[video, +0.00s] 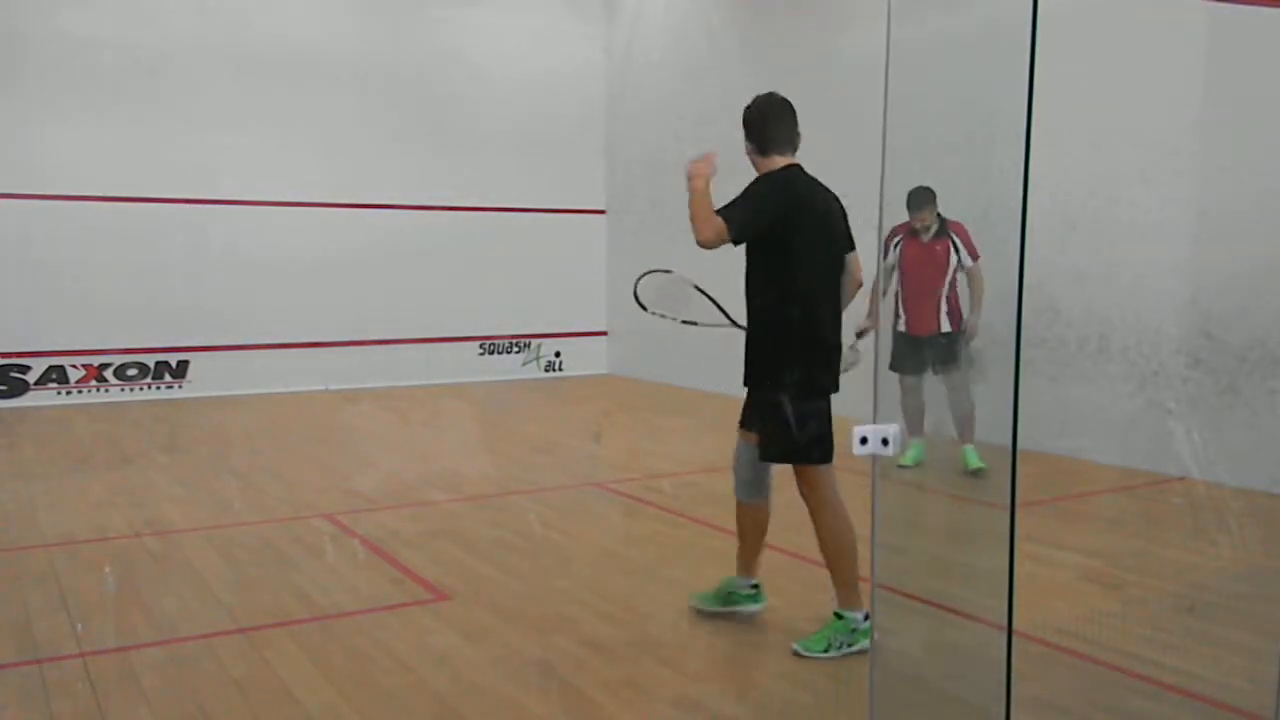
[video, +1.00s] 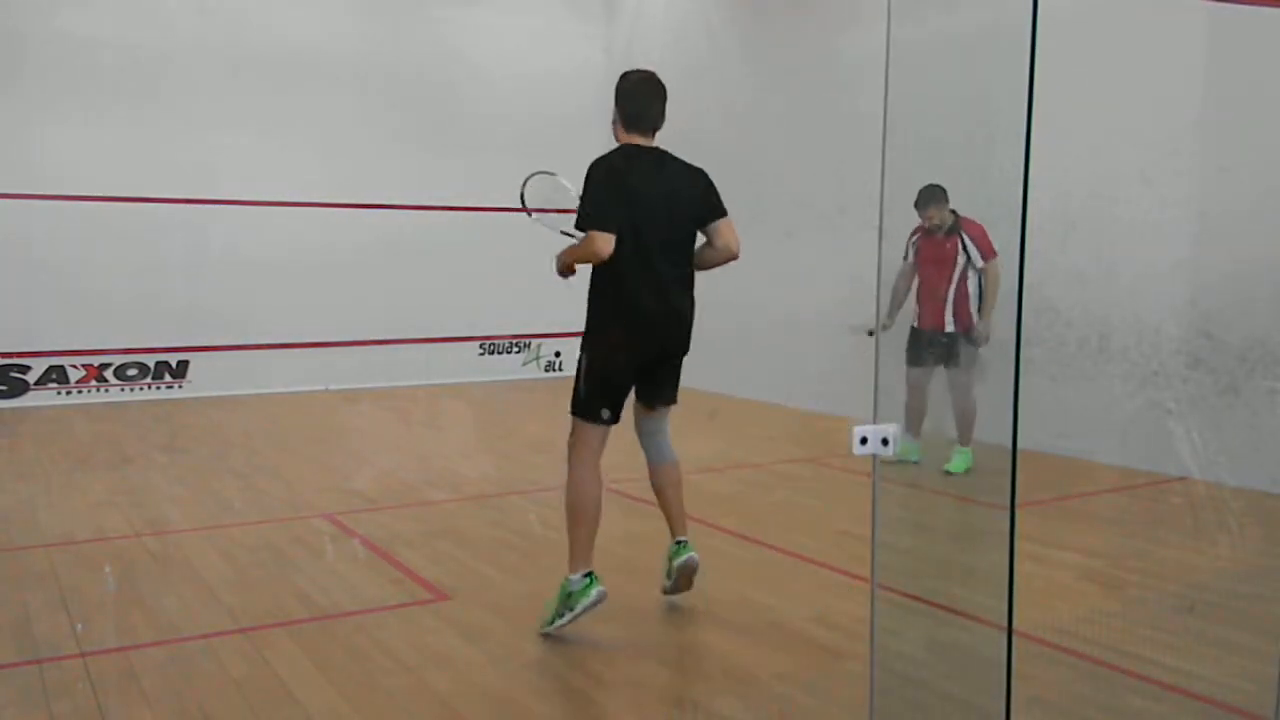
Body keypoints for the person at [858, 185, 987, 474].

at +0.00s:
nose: (919, 226)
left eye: (924, 221)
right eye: (914, 221)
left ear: (936, 211)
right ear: (908, 215)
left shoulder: (954, 233)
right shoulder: (897, 237)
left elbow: (975, 276)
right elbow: (882, 277)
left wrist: (974, 318)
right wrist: (872, 316)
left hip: (946, 329)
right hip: (908, 329)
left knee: (956, 385)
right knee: (909, 386)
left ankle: (968, 446)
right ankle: (914, 443)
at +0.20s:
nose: (923, 218)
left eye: (928, 212)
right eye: (918, 212)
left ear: (941, 203)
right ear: (911, 207)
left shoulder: (963, 225)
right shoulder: (904, 228)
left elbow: (978, 268)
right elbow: (893, 267)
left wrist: (970, 309)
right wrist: (881, 302)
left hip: (950, 317)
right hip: (912, 316)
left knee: (955, 379)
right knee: (901, 372)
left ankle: (954, 443)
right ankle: (903, 437)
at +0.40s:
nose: (925, 223)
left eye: (929, 218)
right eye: (920, 218)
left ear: (942, 208)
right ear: (915, 214)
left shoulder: (964, 230)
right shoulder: (913, 234)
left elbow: (981, 273)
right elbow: (900, 274)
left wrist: (984, 319)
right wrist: (886, 315)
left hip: (953, 325)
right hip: (918, 323)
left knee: (953, 383)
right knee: (902, 376)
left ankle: (953, 445)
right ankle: (896, 440)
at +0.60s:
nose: (921, 220)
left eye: (926, 214)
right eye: (917, 215)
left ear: (940, 205)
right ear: (911, 210)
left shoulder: (964, 228)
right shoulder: (907, 232)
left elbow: (986, 267)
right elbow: (896, 272)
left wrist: (987, 313)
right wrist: (883, 309)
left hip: (957, 322)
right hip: (918, 323)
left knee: (962, 382)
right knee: (918, 382)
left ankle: (968, 446)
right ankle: (933, 443)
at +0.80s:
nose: (922, 218)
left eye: (927, 213)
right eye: (918, 213)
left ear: (941, 203)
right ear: (913, 209)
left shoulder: (965, 226)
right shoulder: (910, 229)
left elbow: (981, 268)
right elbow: (896, 270)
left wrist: (983, 316)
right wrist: (882, 310)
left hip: (958, 323)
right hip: (922, 323)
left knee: (963, 382)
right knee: (921, 382)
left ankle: (967, 446)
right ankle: (932, 443)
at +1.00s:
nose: (927, 223)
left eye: (932, 217)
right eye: (923, 218)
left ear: (946, 208)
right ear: (919, 214)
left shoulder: (970, 232)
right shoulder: (918, 237)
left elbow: (992, 271)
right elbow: (906, 275)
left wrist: (985, 319)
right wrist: (891, 314)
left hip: (960, 330)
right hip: (924, 328)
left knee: (961, 388)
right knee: (915, 385)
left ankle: (963, 450)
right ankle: (910, 443)